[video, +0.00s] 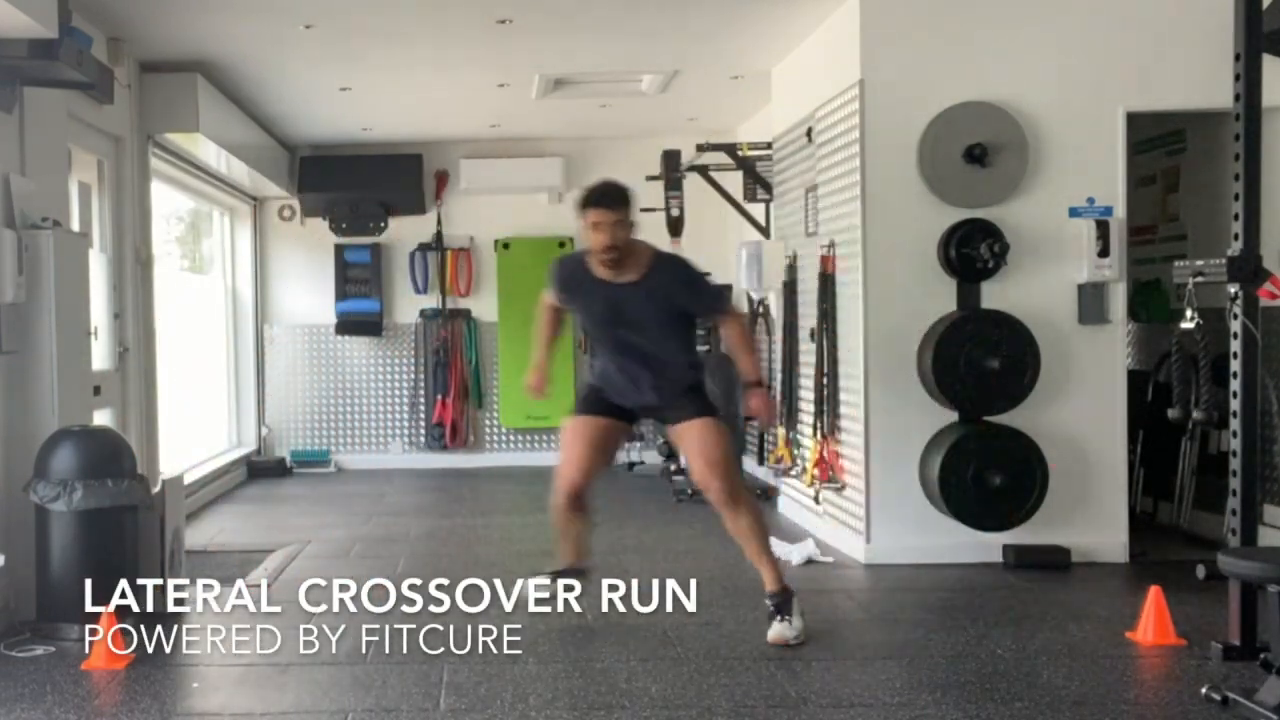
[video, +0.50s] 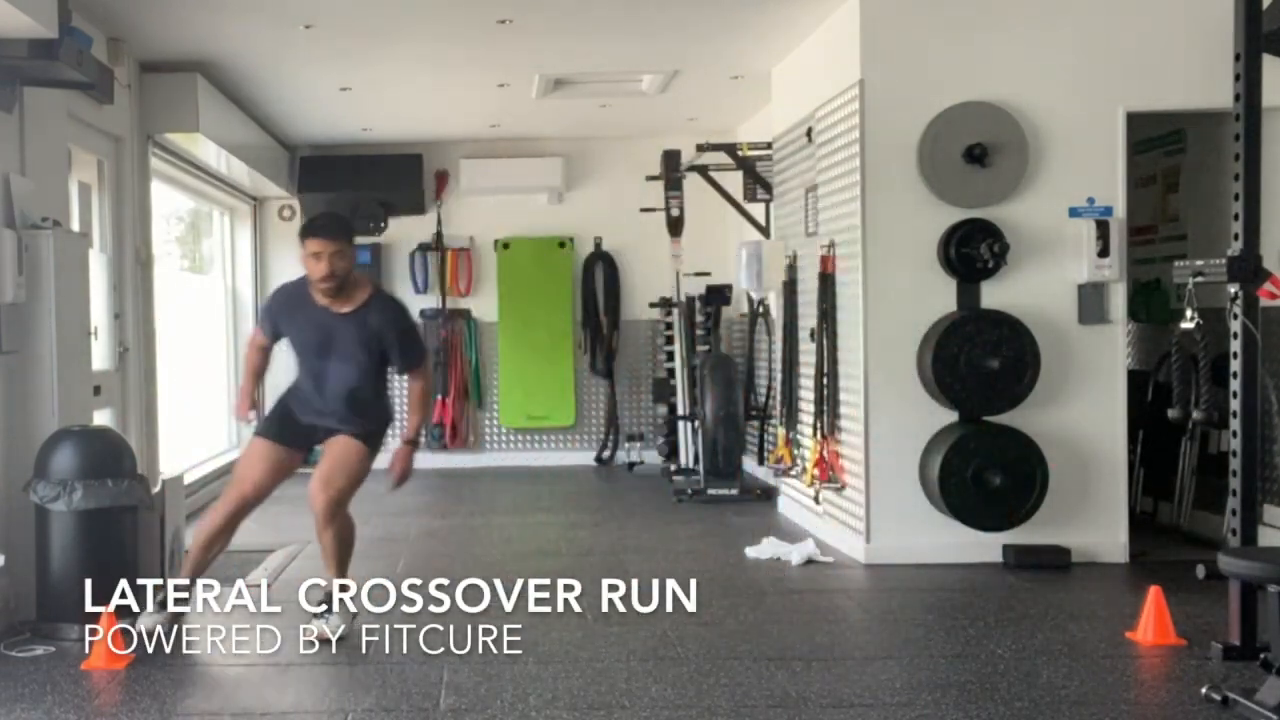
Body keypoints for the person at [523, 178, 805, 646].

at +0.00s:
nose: (606, 239)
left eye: (615, 227)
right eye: (595, 228)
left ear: (630, 224)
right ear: (582, 230)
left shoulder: (671, 273)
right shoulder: (570, 274)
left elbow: (730, 318)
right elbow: (552, 305)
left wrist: (753, 384)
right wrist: (539, 365)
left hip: (678, 390)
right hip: (609, 389)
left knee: (720, 488)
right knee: (568, 487)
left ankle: (778, 592)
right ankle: (572, 573)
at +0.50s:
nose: (326, 269)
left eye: (336, 256)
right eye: (315, 257)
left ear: (353, 254)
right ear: (303, 258)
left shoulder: (385, 312)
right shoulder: (287, 300)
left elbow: (418, 373)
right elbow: (259, 343)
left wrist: (410, 441)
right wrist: (249, 388)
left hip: (359, 419)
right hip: (300, 407)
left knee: (326, 498)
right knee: (240, 494)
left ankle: (339, 594)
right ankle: (182, 587)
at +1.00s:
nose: (368, 254)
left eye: (379, 243)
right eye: (357, 242)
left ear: (393, 246)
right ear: (340, 244)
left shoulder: (420, 302)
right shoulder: (318, 286)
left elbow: (469, 345)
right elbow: (275, 315)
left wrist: (491, 395)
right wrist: (246, 376)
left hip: (365, 424)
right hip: (314, 397)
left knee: (320, 510)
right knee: (309, 474)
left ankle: (260, 580)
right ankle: (256, 568)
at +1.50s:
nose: (726, 224)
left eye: (730, 214)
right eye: (717, 213)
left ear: (730, 215)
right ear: (686, 213)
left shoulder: (729, 268)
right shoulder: (640, 263)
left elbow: (754, 318)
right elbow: (566, 301)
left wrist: (778, 354)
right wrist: (539, 371)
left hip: (676, 386)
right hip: (625, 380)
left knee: (678, 498)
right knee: (659, 479)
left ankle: (608, 582)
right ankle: (585, 566)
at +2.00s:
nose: (986, 277)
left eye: (995, 264)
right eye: (973, 267)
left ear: (1012, 265)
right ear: (955, 271)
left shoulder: (1032, 311)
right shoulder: (929, 318)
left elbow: (1051, 365)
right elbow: (874, 370)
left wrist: (1062, 413)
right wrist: (893, 407)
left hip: (1005, 418)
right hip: (936, 422)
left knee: (1076, 493)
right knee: (949, 480)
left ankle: (1099, 578)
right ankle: (944, 587)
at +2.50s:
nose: (838, 247)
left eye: (848, 235)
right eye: (827, 237)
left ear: (863, 234)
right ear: (812, 239)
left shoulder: (889, 276)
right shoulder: (792, 284)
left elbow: (926, 324)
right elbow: (723, 333)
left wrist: (947, 374)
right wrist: (760, 346)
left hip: (877, 383)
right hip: (826, 401)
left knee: (878, 467)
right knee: (891, 493)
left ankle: (885, 569)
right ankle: (976, 561)